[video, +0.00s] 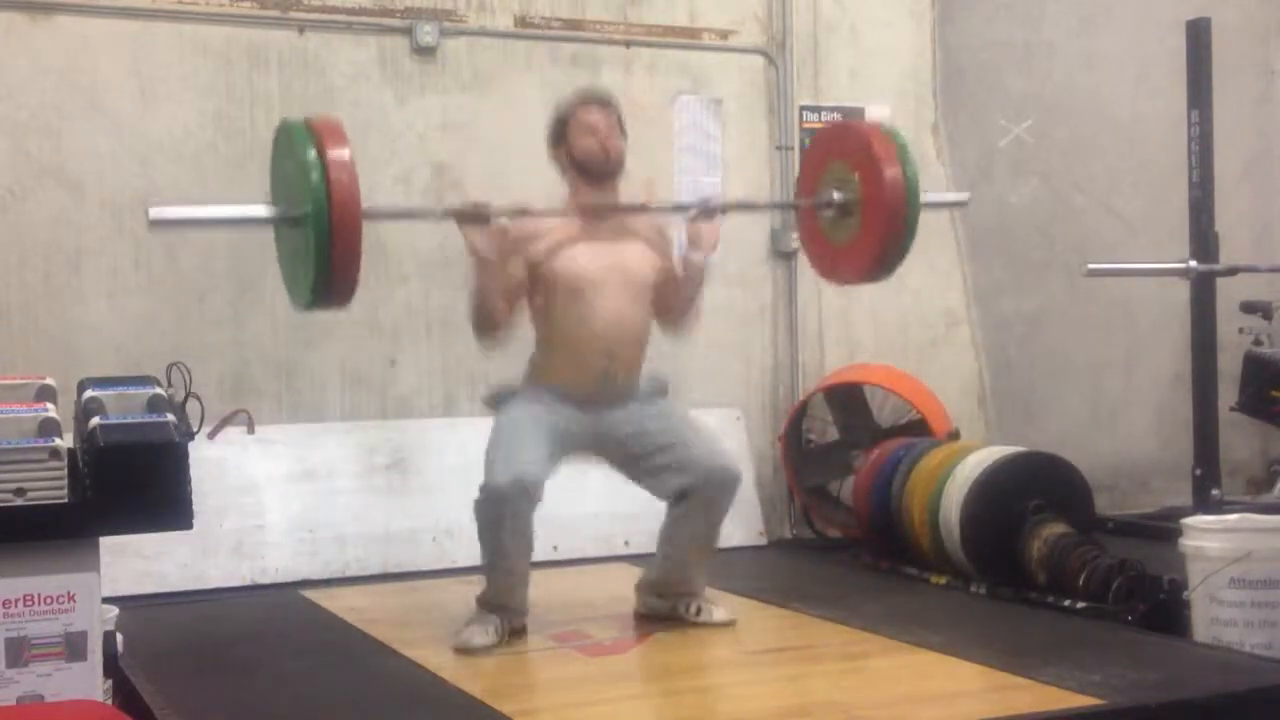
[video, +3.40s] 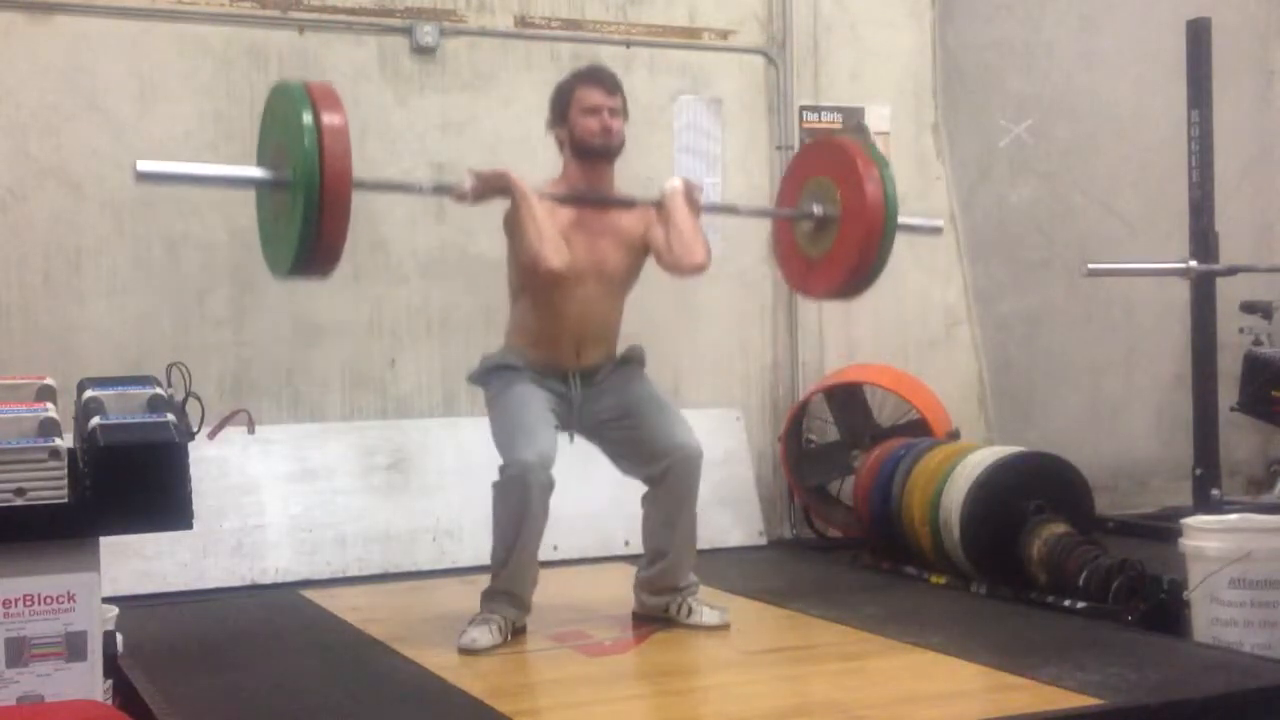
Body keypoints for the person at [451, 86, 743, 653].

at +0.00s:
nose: (601, 141)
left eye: (610, 132)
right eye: (587, 132)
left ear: (623, 146)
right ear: (562, 150)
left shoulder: (648, 232)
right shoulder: (532, 231)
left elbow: (673, 315)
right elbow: (490, 326)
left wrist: (697, 255)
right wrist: (487, 257)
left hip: (628, 405)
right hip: (546, 404)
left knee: (713, 474)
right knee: (506, 487)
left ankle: (667, 592)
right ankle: (501, 612)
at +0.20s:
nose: (602, 231)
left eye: (611, 221)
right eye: (587, 222)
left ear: (623, 234)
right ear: (561, 240)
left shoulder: (648, 313)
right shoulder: (542, 318)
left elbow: (695, 343)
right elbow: (560, 360)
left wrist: (680, 296)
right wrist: (519, 296)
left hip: (629, 477)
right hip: (552, 479)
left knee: (726, 481)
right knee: (506, 503)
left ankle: (668, 596)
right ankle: (503, 613)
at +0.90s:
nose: (599, 145)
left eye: (607, 137)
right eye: (583, 136)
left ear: (617, 154)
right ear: (554, 156)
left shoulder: (637, 237)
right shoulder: (529, 235)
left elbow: (684, 278)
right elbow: (547, 283)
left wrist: (663, 211)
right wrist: (511, 212)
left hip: (599, 397)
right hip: (522, 395)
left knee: (677, 454)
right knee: (534, 463)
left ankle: (667, 593)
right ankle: (503, 610)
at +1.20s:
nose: (588, 58)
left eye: (595, 51)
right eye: (571, 50)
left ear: (604, 71)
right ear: (542, 71)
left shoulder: (631, 152)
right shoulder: (521, 146)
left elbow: (680, 182)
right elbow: (537, 187)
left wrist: (658, 123)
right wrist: (503, 120)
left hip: (608, 343)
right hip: (525, 340)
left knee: (681, 450)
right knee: (509, 458)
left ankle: (668, 592)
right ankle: (500, 606)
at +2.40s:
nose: (588, 122)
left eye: (597, 114)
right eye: (573, 113)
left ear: (607, 129)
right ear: (545, 130)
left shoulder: (632, 211)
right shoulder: (526, 206)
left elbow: (685, 230)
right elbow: (537, 229)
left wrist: (665, 182)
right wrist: (504, 175)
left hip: (615, 388)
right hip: (532, 387)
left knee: (700, 465)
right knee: (508, 481)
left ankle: (663, 595)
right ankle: (502, 609)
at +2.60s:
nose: (597, 210)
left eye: (606, 202)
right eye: (583, 201)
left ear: (616, 217)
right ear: (554, 219)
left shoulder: (637, 295)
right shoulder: (530, 294)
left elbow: (689, 319)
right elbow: (543, 328)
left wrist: (669, 268)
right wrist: (511, 265)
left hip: (614, 457)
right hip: (538, 458)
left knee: (702, 473)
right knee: (510, 492)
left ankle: (662, 597)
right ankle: (505, 610)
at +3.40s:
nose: (605, 120)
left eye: (614, 113)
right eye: (590, 112)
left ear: (625, 129)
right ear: (561, 129)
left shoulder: (643, 214)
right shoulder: (532, 207)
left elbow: (691, 258)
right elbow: (550, 261)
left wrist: (675, 194)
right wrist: (516, 186)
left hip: (607, 376)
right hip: (527, 374)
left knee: (681, 455)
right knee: (528, 465)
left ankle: (663, 594)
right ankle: (503, 609)